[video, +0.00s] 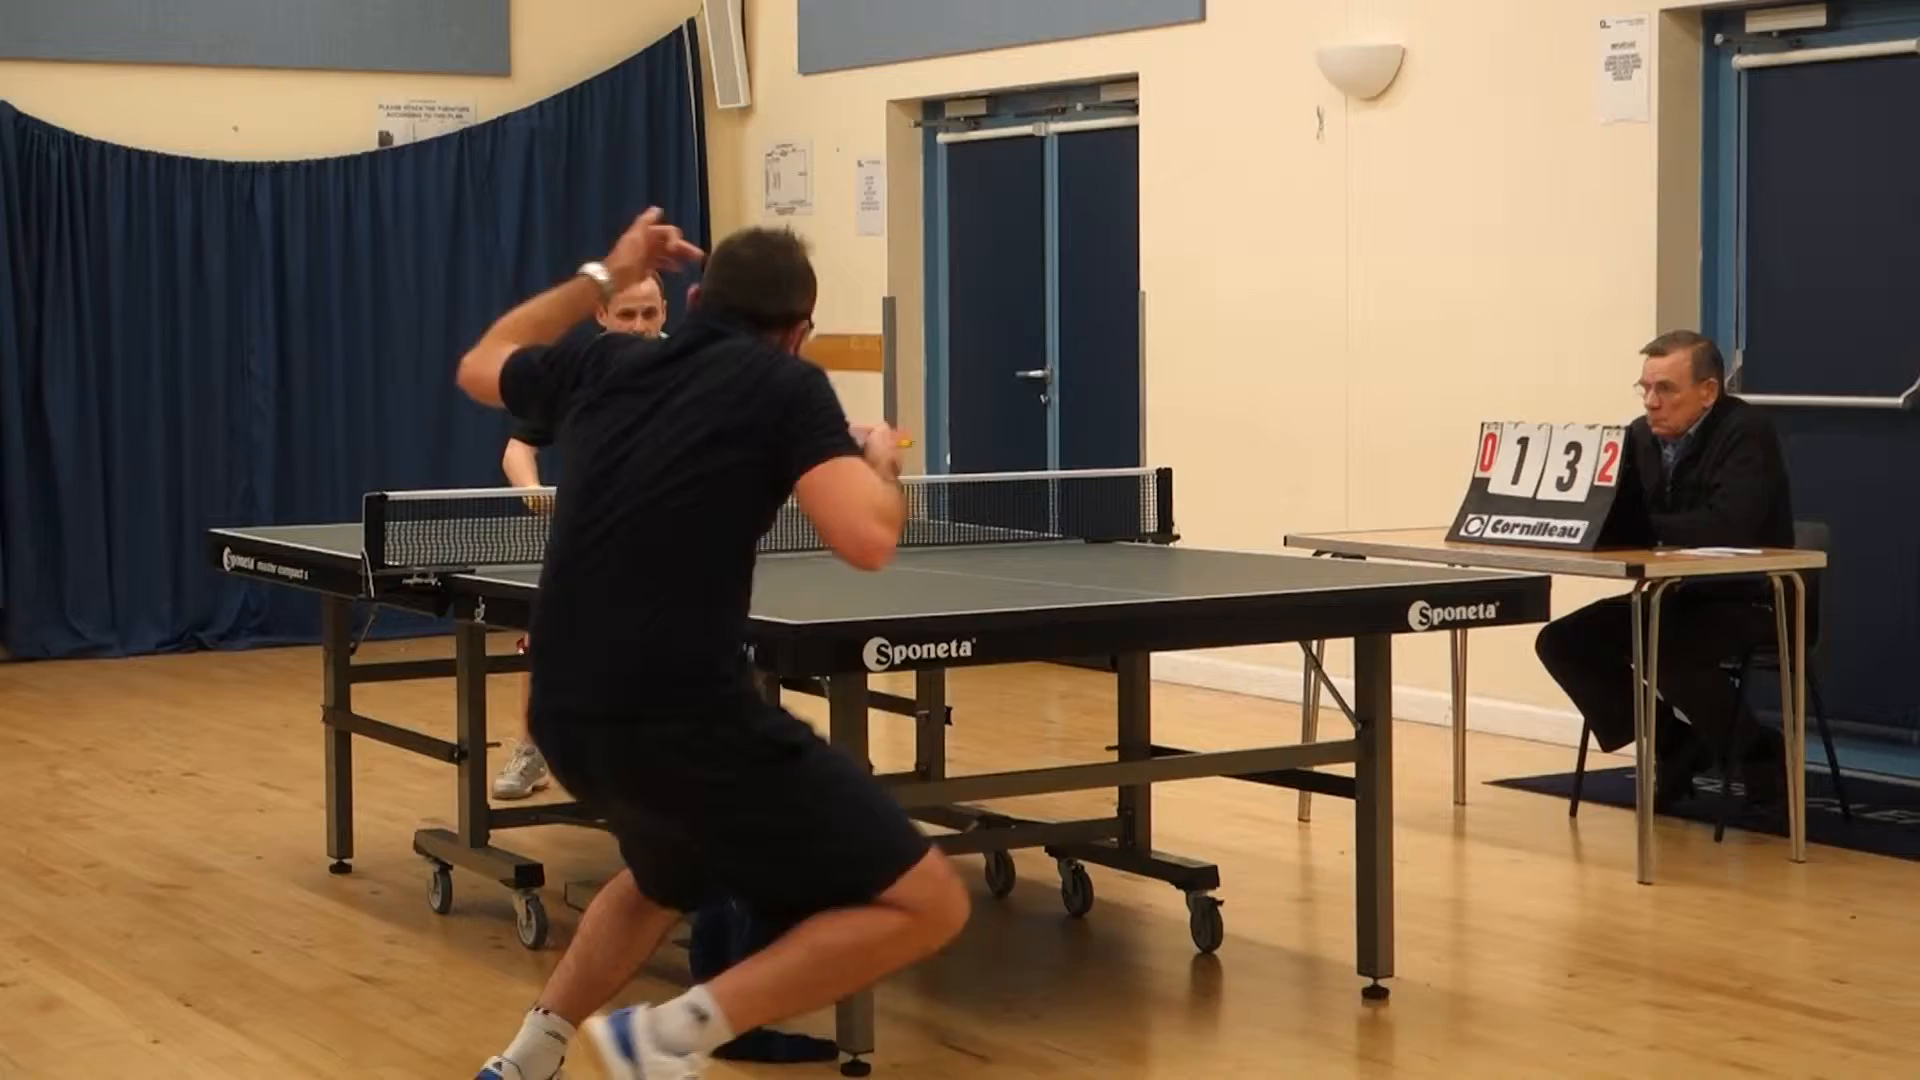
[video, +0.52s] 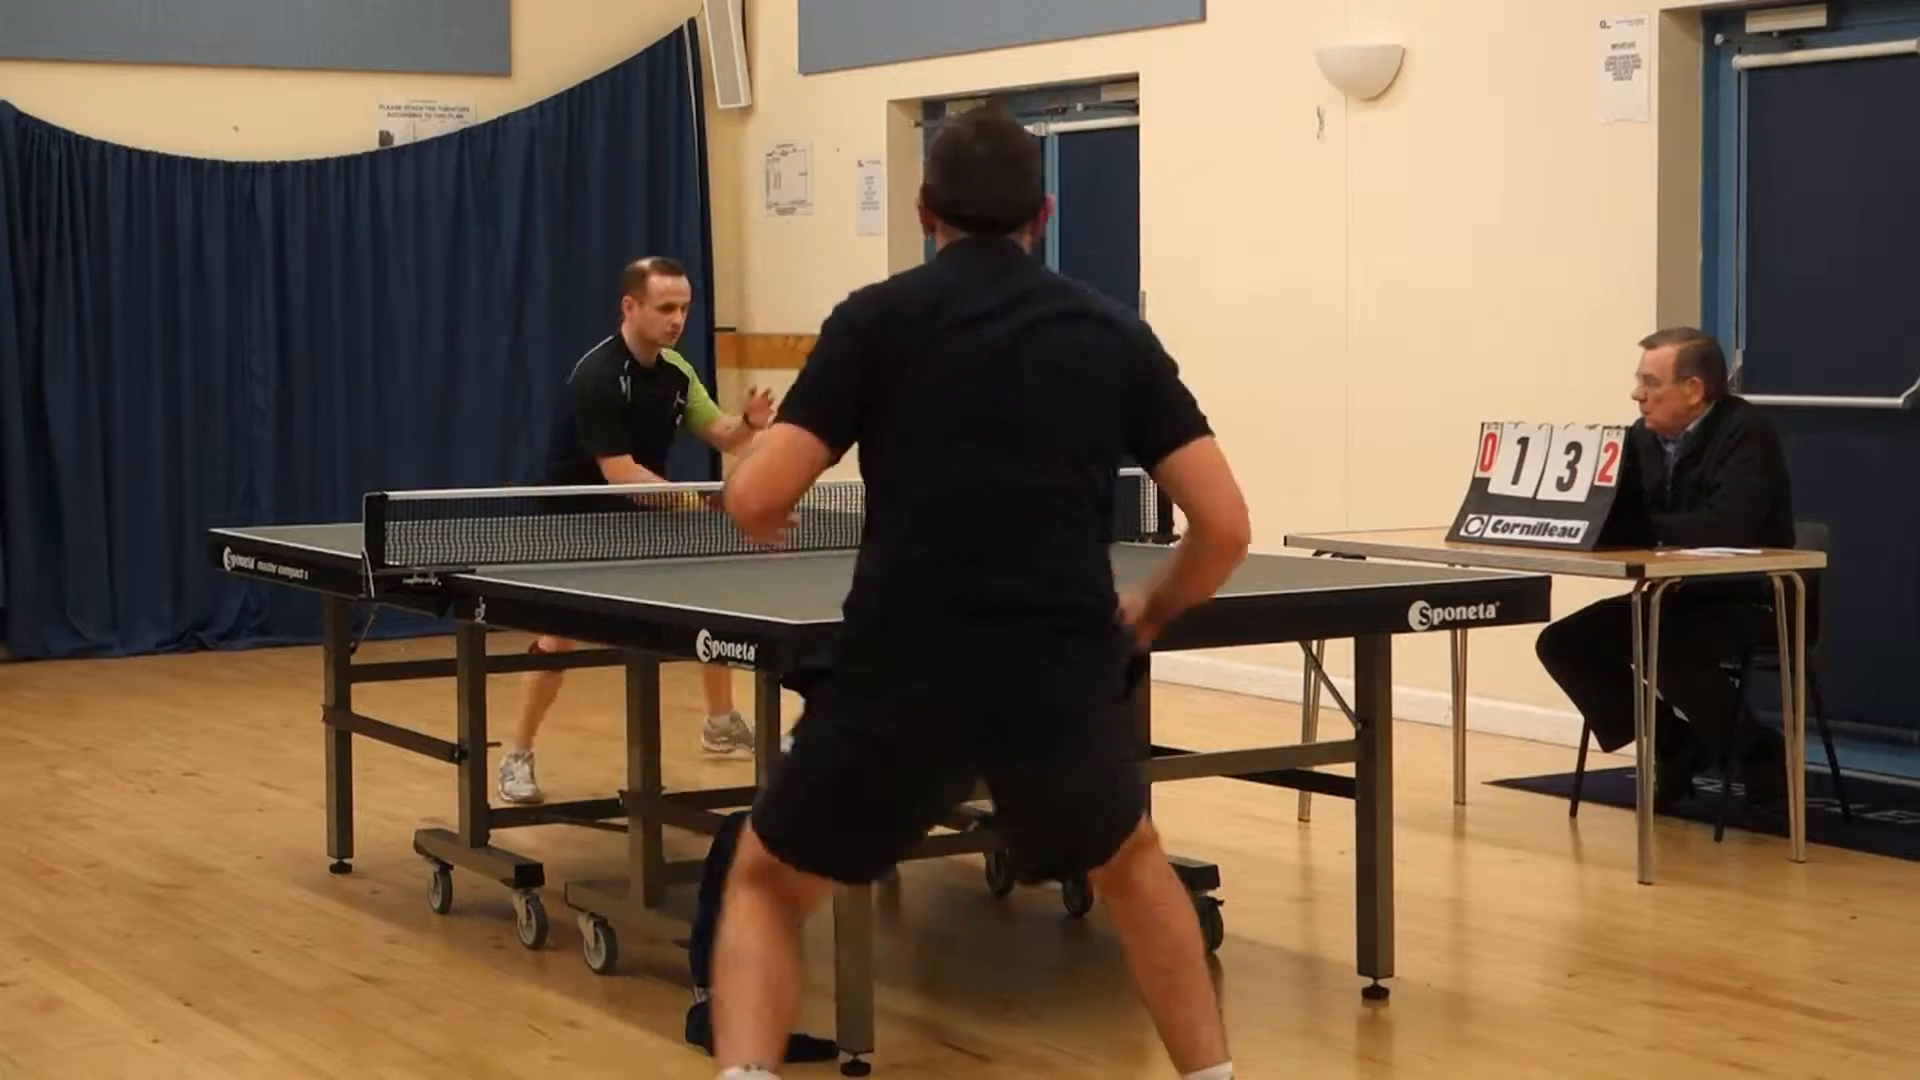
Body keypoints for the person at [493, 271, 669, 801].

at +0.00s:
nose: (641, 325)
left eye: (651, 313)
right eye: (628, 314)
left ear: (667, 312)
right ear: (602, 316)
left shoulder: (686, 370)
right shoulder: (582, 369)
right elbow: (518, 447)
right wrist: (532, 489)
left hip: (669, 540)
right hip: (588, 534)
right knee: (546, 633)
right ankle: (533, 747)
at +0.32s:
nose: (651, 331)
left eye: (658, 319)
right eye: (638, 320)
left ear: (665, 321)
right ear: (603, 321)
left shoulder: (667, 377)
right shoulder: (568, 380)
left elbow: (696, 455)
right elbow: (539, 477)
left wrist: (724, 480)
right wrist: (586, 523)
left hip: (645, 530)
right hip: (568, 530)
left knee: (697, 633)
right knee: (539, 636)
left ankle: (676, 754)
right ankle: (518, 751)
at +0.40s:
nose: (657, 327)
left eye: (664, 315)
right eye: (645, 315)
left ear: (669, 316)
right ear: (609, 315)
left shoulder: (668, 373)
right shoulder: (573, 378)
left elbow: (703, 450)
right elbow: (569, 481)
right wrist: (625, 527)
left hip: (648, 521)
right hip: (572, 525)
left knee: (719, 623)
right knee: (541, 636)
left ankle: (741, 748)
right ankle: (518, 754)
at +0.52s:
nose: (678, 320)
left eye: (684, 309)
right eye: (667, 309)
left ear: (687, 311)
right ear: (630, 308)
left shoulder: (676, 368)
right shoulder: (598, 372)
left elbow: (721, 435)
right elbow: (621, 473)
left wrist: (749, 423)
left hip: (648, 517)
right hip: (580, 523)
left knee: (720, 594)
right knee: (559, 637)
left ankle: (722, 720)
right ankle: (519, 753)